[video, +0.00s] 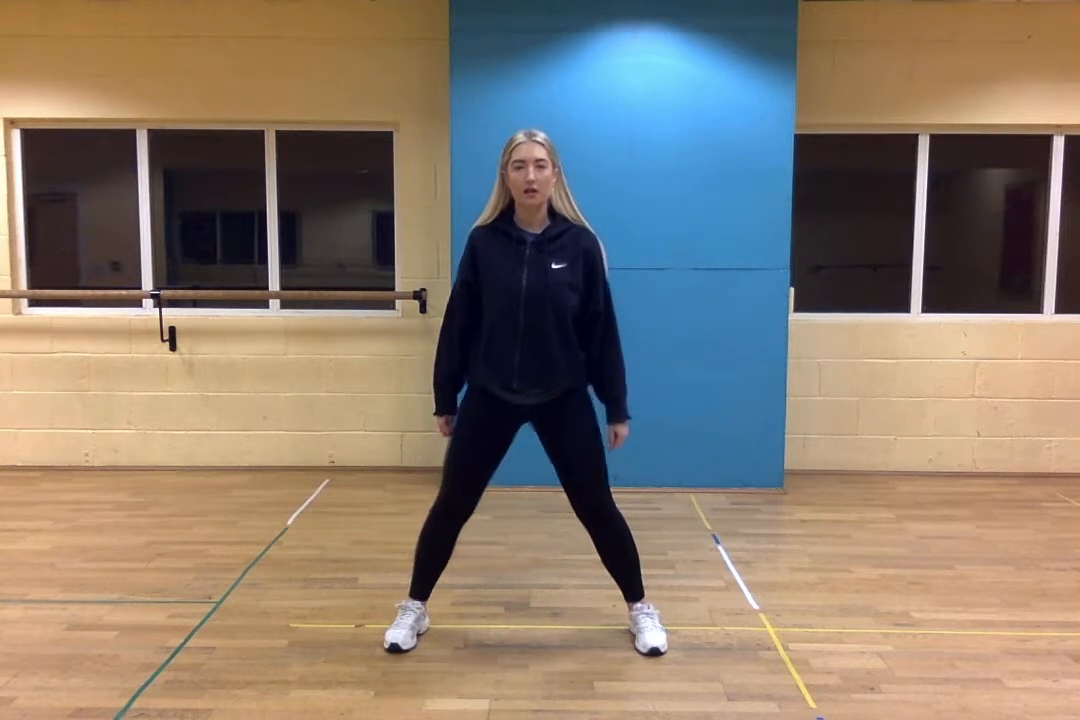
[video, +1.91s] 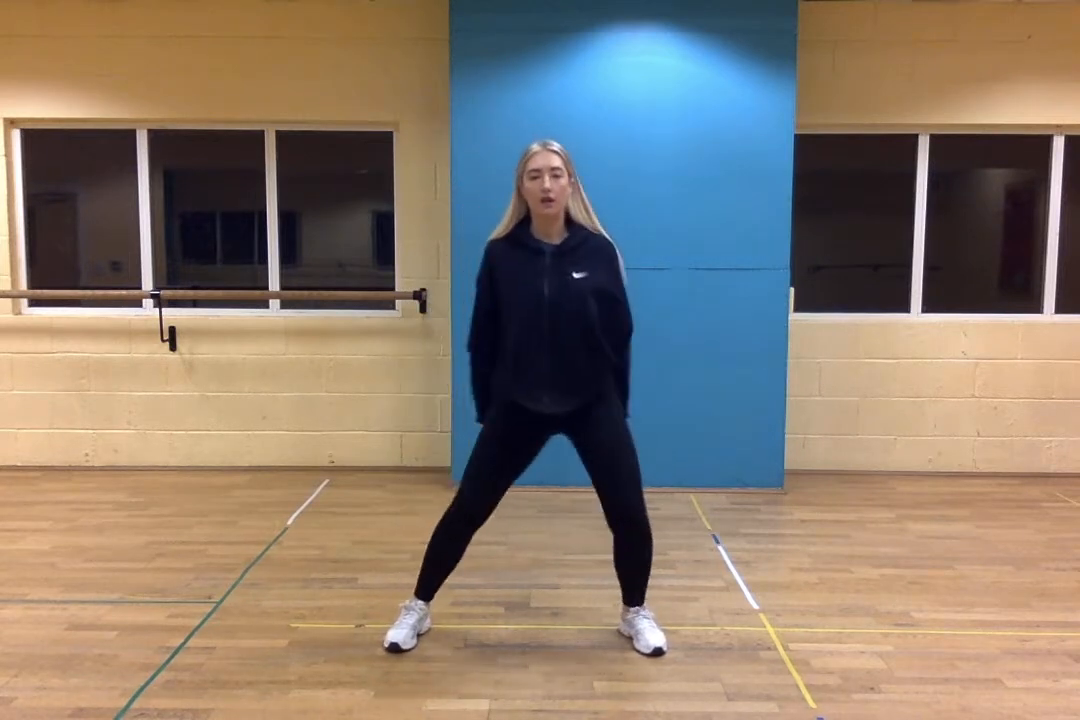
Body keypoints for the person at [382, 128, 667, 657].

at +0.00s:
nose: (530, 174)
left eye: (540, 165)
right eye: (520, 165)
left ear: (555, 174)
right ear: (506, 176)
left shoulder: (581, 242)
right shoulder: (484, 239)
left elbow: (601, 325)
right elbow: (458, 319)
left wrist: (617, 405)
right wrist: (445, 398)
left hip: (563, 395)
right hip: (491, 395)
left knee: (595, 505)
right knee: (452, 503)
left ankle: (640, 609)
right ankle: (414, 607)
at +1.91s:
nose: (547, 184)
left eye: (556, 174)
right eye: (536, 176)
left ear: (571, 184)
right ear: (522, 188)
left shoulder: (598, 248)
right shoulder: (501, 252)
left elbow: (619, 329)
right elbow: (483, 331)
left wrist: (617, 403)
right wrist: (486, 406)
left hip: (592, 401)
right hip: (520, 403)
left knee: (630, 511)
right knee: (468, 508)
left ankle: (635, 611)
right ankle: (417, 607)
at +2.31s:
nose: (508, 177)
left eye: (518, 169)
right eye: (498, 169)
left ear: (532, 179)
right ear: (483, 179)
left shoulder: (554, 247)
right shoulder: (458, 242)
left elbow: (579, 328)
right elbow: (436, 317)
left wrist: (602, 406)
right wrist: (432, 393)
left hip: (536, 397)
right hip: (465, 395)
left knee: (577, 507)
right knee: (423, 508)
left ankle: (626, 608)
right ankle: (412, 608)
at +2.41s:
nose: (496, 188)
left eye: (507, 179)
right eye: (487, 179)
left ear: (521, 190)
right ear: (471, 190)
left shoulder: (543, 259)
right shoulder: (446, 252)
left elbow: (564, 341)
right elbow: (421, 331)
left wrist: (584, 419)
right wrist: (411, 406)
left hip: (525, 409)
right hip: (454, 409)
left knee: (574, 512)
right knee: (412, 515)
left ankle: (626, 609)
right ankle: (412, 609)